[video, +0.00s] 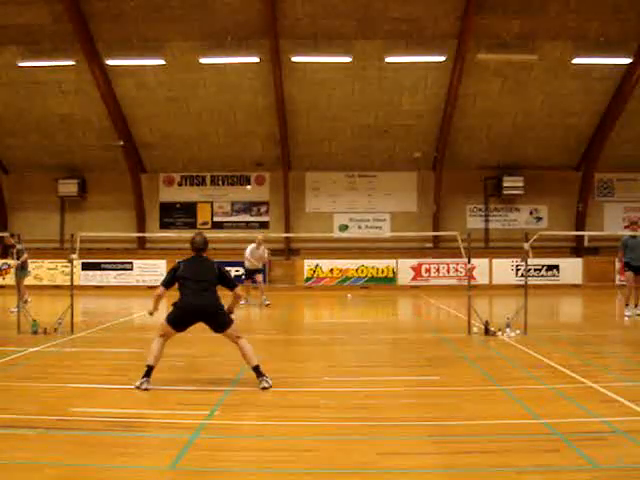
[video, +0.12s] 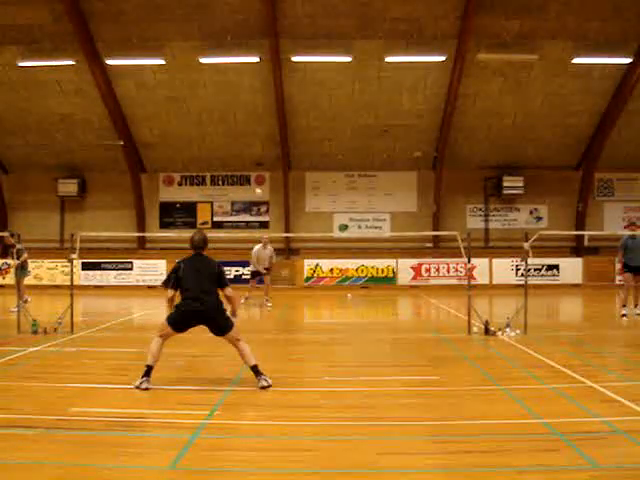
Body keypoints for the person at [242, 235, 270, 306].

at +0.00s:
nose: (260, 242)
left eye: (261, 240)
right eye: (258, 240)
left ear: (263, 242)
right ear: (256, 240)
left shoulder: (264, 250)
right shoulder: (251, 247)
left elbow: (265, 260)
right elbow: (247, 256)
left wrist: (265, 255)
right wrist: (254, 262)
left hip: (258, 267)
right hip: (249, 267)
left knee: (260, 282)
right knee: (247, 283)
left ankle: (263, 298)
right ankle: (245, 298)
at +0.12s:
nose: (265, 240)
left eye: (267, 239)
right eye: (264, 239)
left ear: (268, 240)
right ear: (261, 240)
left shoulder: (270, 249)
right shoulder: (256, 249)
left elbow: (273, 257)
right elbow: (254, 262)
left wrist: (272, 262)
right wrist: (261, 270)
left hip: (266, 267)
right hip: (256, 268)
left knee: (267, 284)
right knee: (252, 284)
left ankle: (266, 299)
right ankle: (246, 297)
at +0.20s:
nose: (267, 241)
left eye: (269, 239)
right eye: (266, 239)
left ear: (270, 240)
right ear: (264, 240)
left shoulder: (273, 247)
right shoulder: (259, 247)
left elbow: (277, 255)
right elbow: (254, 256)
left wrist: (278, 261)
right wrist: (257, 266)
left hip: (268, 267)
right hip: (259, 268)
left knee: (268, 284)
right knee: (255, 284)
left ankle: (267, 299)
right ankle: (252, 295)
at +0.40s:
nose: (274, 233)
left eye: (275, 231)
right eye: (272, 231)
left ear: (277, 231)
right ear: (270, 231)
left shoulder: (281, 240)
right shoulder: (265, 240)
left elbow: (287, 246)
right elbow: (259, 248)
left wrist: (287, 255)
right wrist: (259, 259)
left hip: (276, 262)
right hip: (266, 262)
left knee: (275, 282)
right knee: (265, 282)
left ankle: (274, 296)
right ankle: (262, 297)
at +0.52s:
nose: (282, 235)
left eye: (283, 232)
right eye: (280, 232)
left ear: (286, 234)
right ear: (278, 233)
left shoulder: (290, 242)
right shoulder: (272, 243)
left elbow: (296, 252)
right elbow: (268, 254)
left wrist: (297, 261)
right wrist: (267, 264)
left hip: (286, 263)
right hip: (275, 263)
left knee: (291, 281)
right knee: (274, 281)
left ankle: (294, 299)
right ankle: (269, 298)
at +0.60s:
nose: (286, 241)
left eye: (287, 239)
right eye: (284, 240)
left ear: (289, 240)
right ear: (282, 240)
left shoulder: (293, 247)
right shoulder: (279, 248)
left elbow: (302, 256)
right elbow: (273, 260)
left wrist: (304, 267)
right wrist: (273, 273)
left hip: (291, 269)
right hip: (281, 269)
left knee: (299, 283)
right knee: (278, 281)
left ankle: (300, 301)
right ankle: (275, 298)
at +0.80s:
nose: (280, 238)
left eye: (281, 236)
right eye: (278, 236)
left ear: (283, 237)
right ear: (276, 237)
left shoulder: (287, 246)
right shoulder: (272, 247)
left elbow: (296, 253)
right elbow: (268, 259)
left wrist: (300, 262)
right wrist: (271, 271)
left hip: (287, 269)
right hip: (278, 270)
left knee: (292, 284)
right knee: (283, 283)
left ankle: (296, 299)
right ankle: (287, 301)